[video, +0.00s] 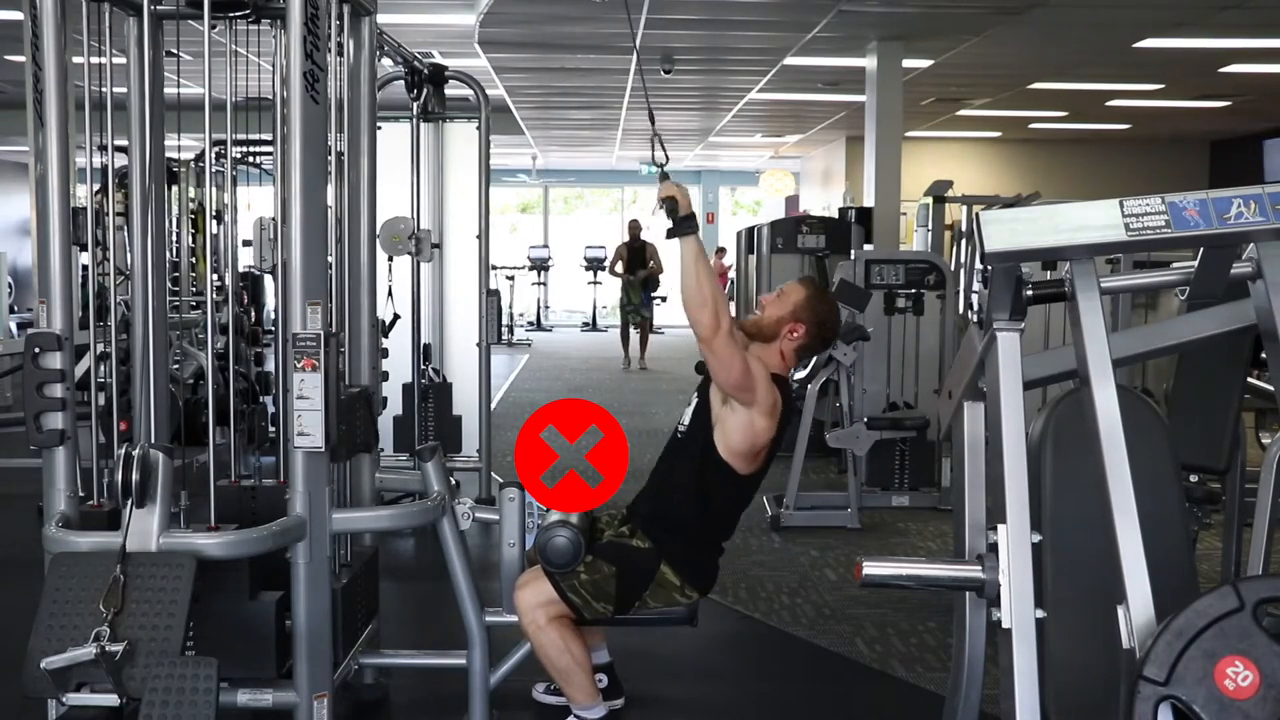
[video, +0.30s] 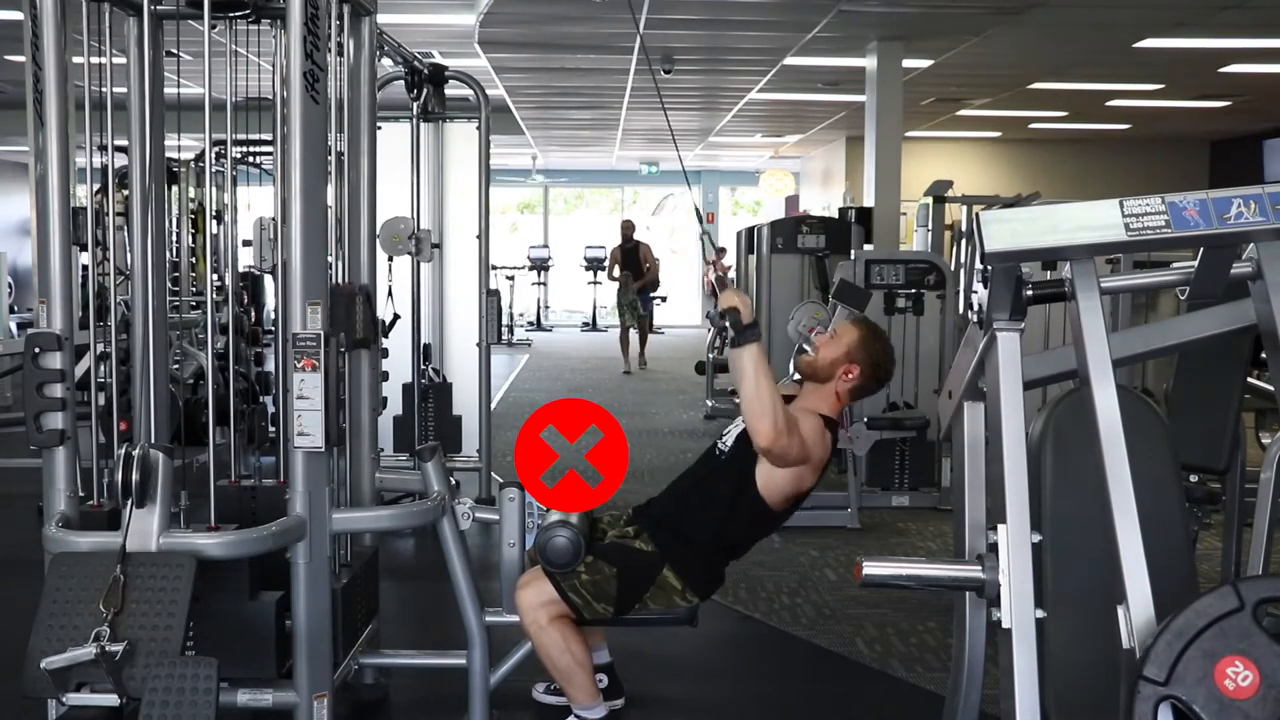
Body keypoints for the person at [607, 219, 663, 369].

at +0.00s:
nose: (634, 232)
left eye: (636, 228)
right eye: (631, 229)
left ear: (641, 229)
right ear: (628, 230)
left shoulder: (649, 248)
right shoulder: (622, 249)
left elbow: (659, 269)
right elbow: (611, 269)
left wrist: (646, 272)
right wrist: (622, 276)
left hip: (644, 290)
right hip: (628, 290)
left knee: (644, 325)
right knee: (625, 325)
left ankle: (642, 358)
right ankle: (626, 356)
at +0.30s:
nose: (625, 232)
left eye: (628, 229)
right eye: (623, 229)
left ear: (633, 230)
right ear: (620, 231)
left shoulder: (643, 248)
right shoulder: (616, 252)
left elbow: (653, 271)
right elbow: (610, 275)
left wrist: (638, 284)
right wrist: (619, 279)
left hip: (641, 291)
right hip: (624, 292)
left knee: (643, 326)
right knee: (624, 327)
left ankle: (642, 354)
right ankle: (626, 361)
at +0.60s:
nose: (623, 229)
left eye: (625, 226)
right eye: (620, 226)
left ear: (631, 228)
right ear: (617, 228)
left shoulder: (640, 246)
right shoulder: (610, 248)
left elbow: (651, 268)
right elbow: (601, 272)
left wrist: (641, 279)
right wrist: (617, 279)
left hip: (635, 289)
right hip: (620, 289)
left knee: (635, 325)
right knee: (622, 327)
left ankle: (634, 361)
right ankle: (626, 362)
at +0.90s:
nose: (622, 230)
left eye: (625, 227)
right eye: (620, 226)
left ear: (630, 229)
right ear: (616, 228)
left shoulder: (638, 248)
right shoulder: (608, 249)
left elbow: (649, 270)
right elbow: (598, 273)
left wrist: (638, 283)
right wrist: (606, 291)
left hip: (629, 294)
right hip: (612, 294)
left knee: (627, 330)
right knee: (615, 333)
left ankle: (624, 365)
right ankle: (625, 361)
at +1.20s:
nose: (616, 227)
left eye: (619, 224)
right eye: (614, 224)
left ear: (625, 226)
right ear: (610, 226)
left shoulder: (633, 246)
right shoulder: (602, 247)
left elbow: (643, 270)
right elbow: (592, 271)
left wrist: (629, 279)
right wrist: (586, 294)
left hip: (626, 295)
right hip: (608, 294)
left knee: (625, 331)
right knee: (603, 330)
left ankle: (622, 367)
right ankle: (604, 367)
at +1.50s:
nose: (604, 228)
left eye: (607, 225)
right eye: (602, 225)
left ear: (613, 226)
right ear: (598, 226)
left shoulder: (622, 245)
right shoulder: (592, 249)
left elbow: (634, 270)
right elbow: (583, 274)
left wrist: (628, 290)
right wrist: (577, 298)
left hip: (618, 296)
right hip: (600, 296)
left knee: (620, 333)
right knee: (598, 334)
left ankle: (621, 361)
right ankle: (598, 372)